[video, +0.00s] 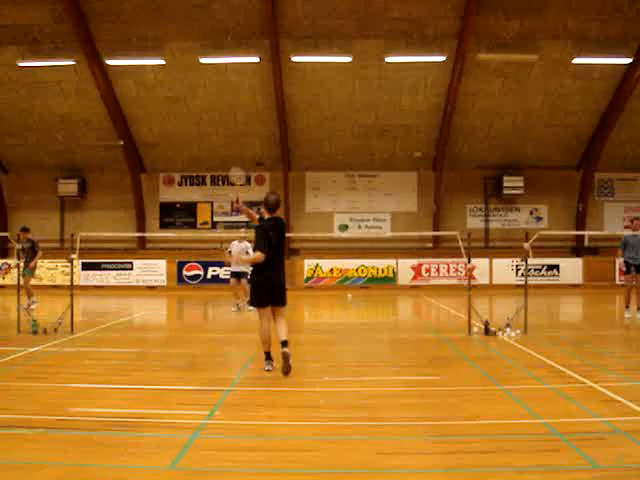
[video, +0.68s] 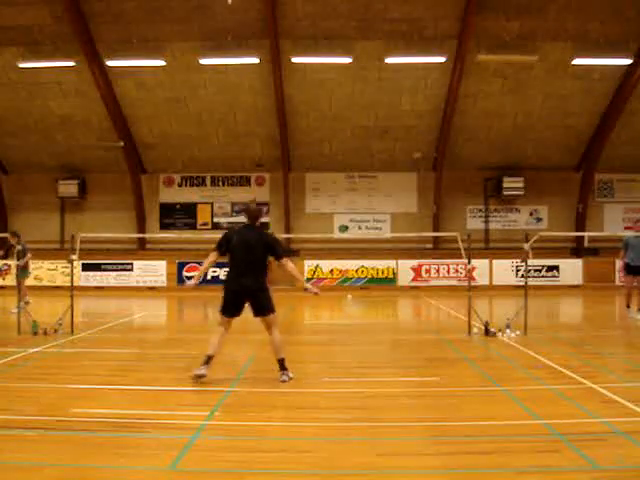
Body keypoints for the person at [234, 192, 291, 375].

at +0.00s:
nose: (263, 208)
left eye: (264, 204)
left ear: (263, 207)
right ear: (278, 207)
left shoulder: (262, 227)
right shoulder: (281, 224)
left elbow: (260, 256)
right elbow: (258, 220)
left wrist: (239, 259)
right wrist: (244, 209)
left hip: (262, 277)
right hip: (278, 276)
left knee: (264, 317)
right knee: (279, 314)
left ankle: (268, 358)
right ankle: (284, 346)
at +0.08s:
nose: (263, 209)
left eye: (263, 205)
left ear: (263, 207)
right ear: (278, 208)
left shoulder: (262, 227)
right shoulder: (281, 225)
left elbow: (263, 257)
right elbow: (260, 223)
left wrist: (245, 272)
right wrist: (246, 215)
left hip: (262, 277)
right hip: (278, 276)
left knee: (264, 318)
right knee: (280, 316)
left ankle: (268, 359)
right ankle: (284, 351)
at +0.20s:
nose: (263, 210)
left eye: (263, 207)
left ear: (262, 209)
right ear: (278, 210)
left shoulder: (259, 229)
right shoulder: (282, 229)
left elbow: (261, 260)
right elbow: (284, 257)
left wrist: (261, 286)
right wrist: (281, 279)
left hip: (262, 281)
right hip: (278, 281)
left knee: (263, 321)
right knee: (279, 320)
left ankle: (267, 360)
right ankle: (283, 361)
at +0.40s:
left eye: (262, 207)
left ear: (261, 209)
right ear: (276, 210)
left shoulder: (253, 229)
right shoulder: (281, 231)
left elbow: (252, 260)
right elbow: (284, 260)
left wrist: (248, 283)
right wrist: (283, 280)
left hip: (258, 282)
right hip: (276, 282)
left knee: (259, 322)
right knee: (278, 323)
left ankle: (263, 360)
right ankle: (283, 367)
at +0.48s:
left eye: (259, 207)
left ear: (258, 208)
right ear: (274, 211)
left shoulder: (246, 229)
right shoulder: (279, 232)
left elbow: (237, 254)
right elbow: (287, 259)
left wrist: (231, 277)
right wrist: (287, 280)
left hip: (249, 282)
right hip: (270, 282)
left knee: (251, 324)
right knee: (275, 325)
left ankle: (253, 364)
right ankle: (282, 368)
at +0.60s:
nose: (267, 215)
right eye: (268, 213)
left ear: (250, 212)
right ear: (267, 214)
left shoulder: (236, 231)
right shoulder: (273, 235)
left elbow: (220, 254)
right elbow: (290, 263)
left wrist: (207, 275)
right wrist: (305, 285)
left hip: (239, 285)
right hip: (262, 286)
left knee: (234, 323)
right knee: (272, 326)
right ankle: (283, 369)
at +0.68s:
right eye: (260, 215)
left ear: (245, 217)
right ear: (260, 218)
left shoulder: (232, 235)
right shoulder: (266, 237)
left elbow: (213, 256)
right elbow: (286, 263)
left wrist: (197, 276)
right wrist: (304, 283)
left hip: (234, 287)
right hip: (258, 287)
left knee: (223, 326)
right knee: (272, 327)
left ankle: (205, 365)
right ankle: (283, 370)